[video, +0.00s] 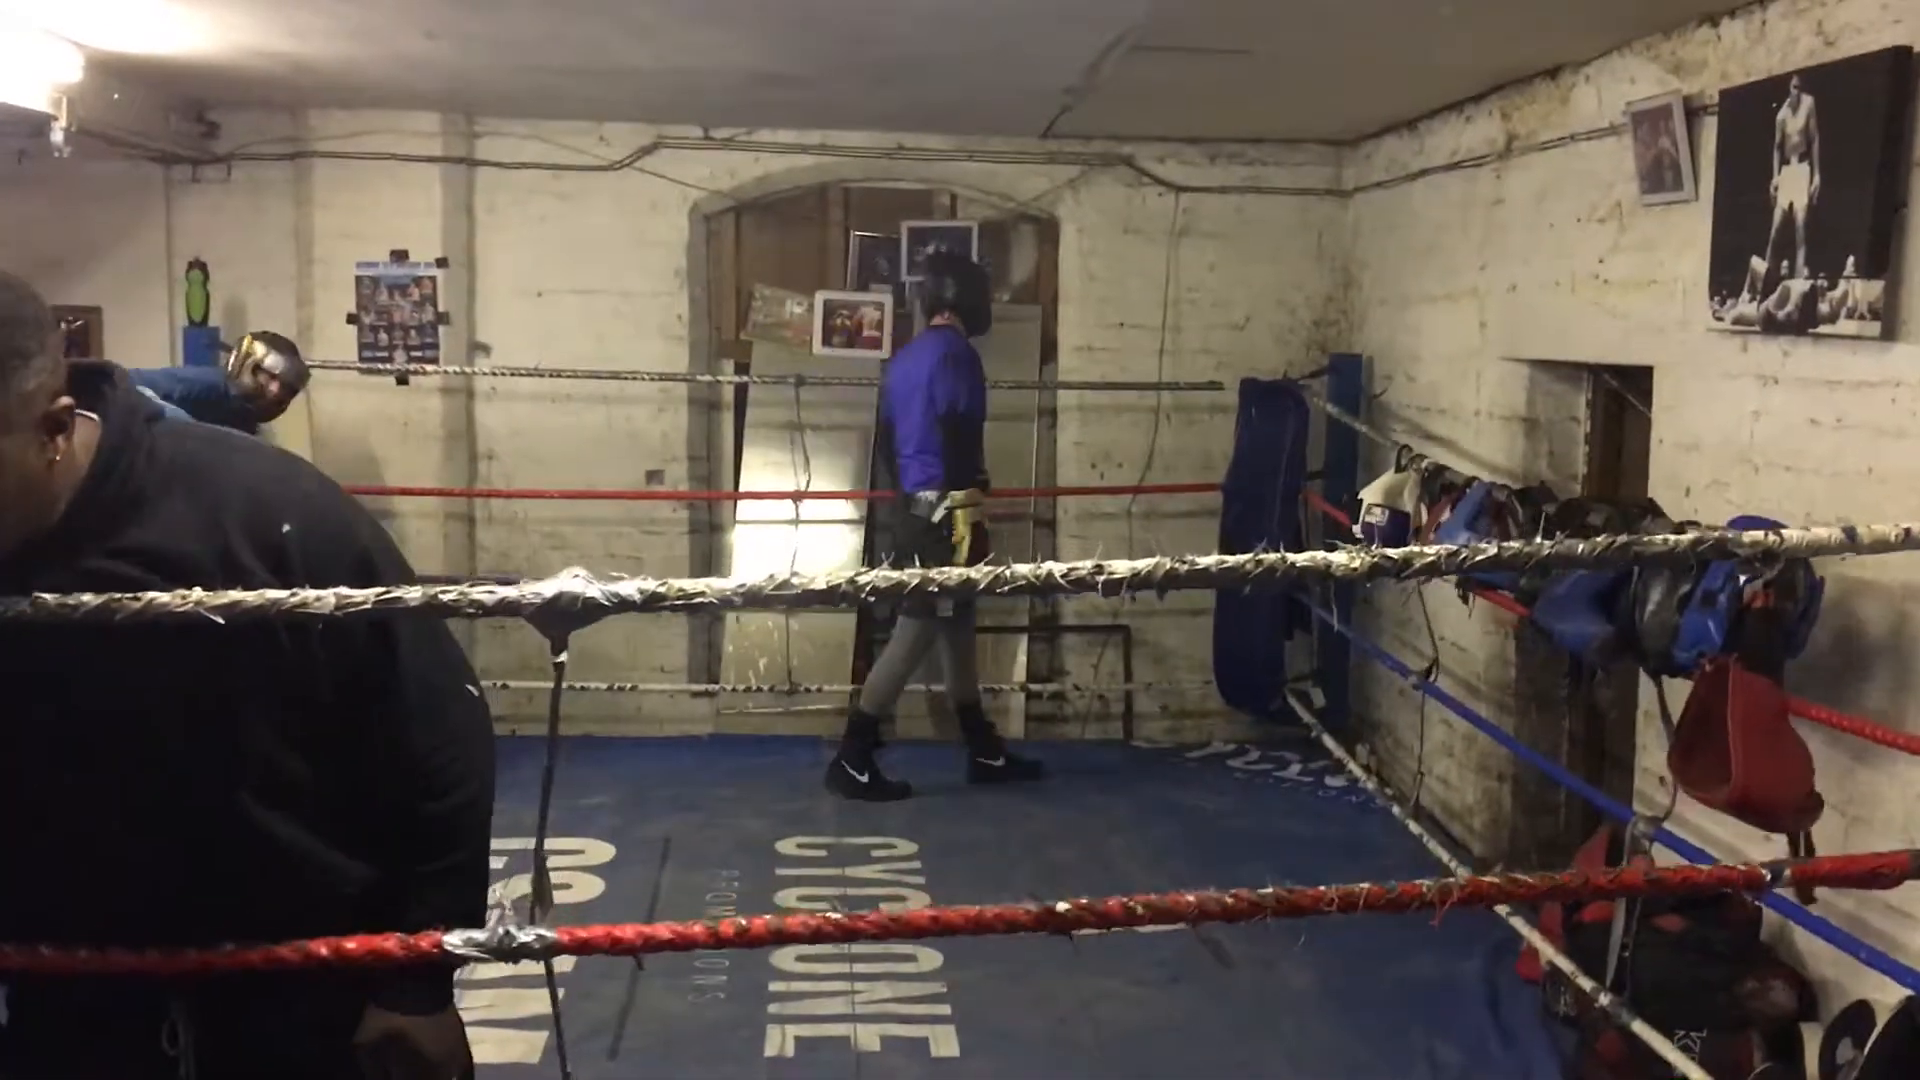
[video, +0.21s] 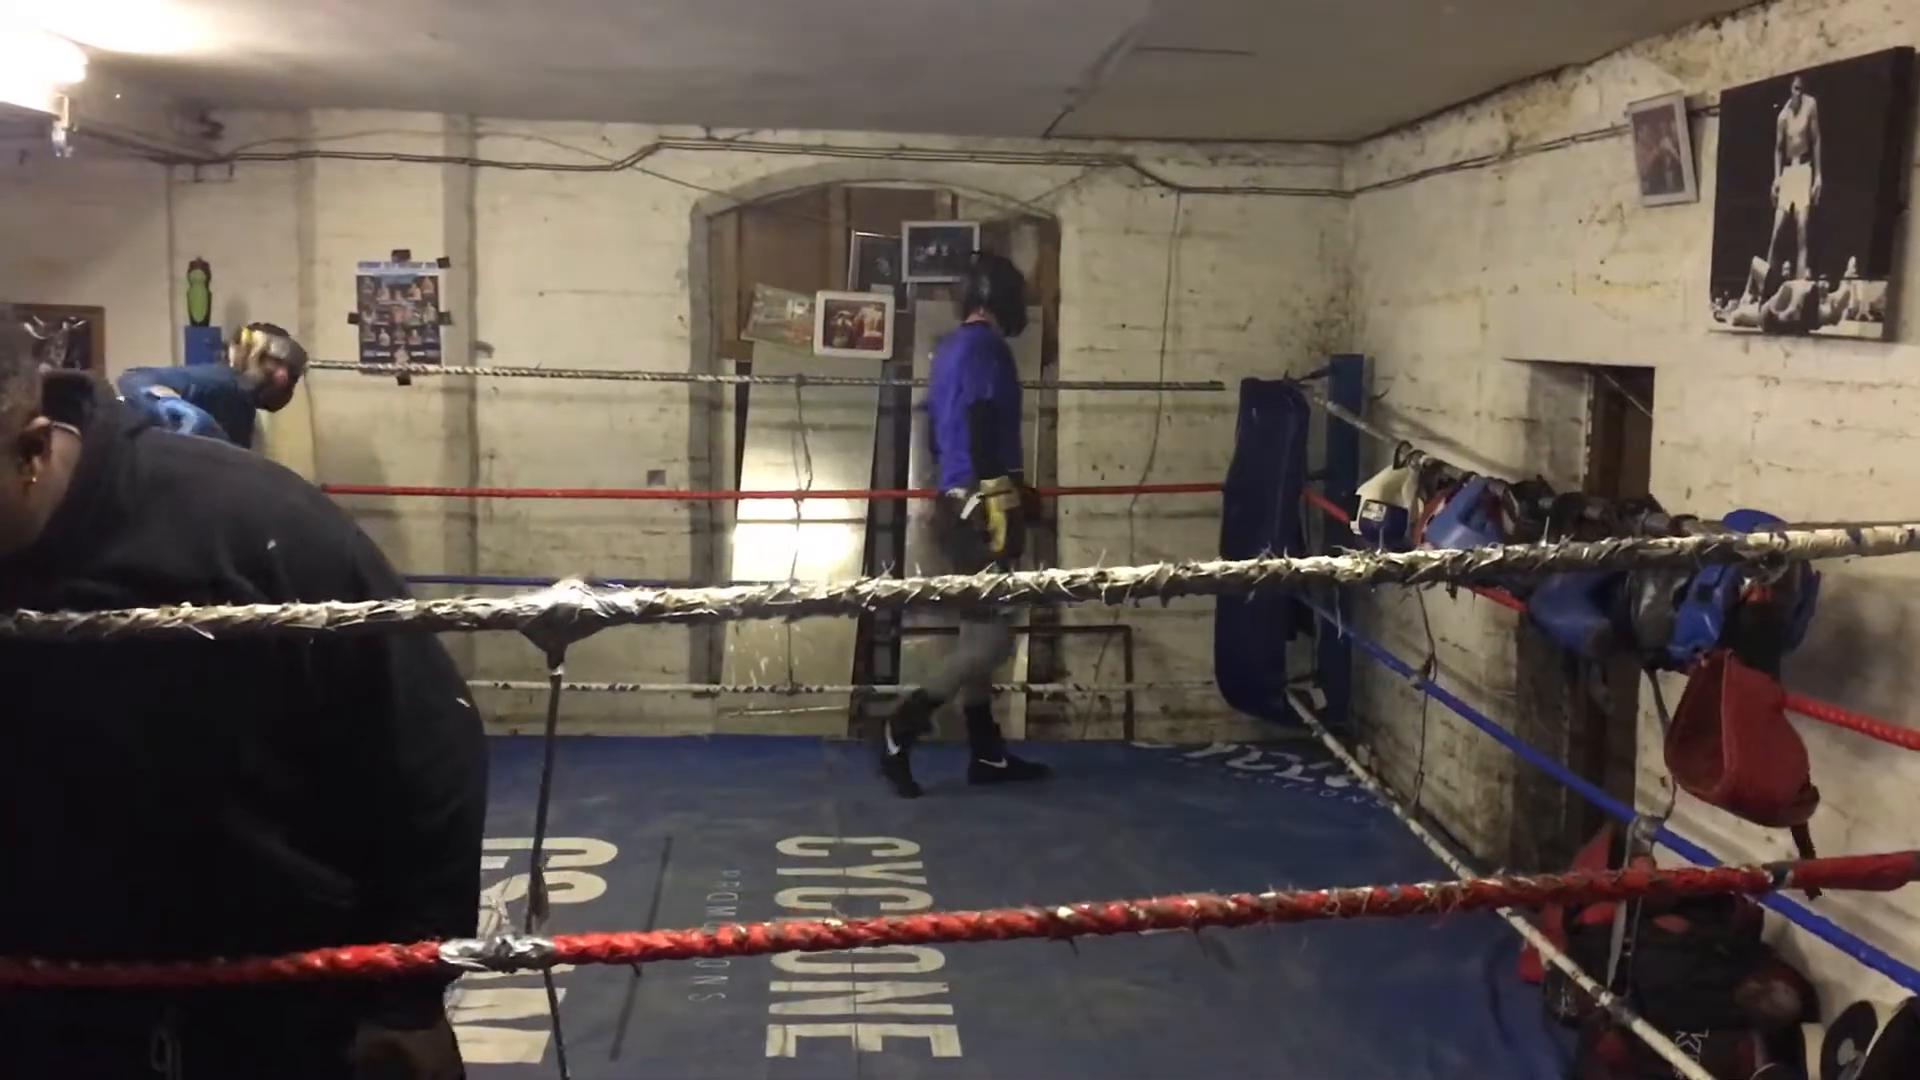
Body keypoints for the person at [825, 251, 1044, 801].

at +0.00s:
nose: (991, 308)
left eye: (988, 296)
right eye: (986, 297)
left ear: (933, 304)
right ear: (964, 302)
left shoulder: (900, 361)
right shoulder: (958, 356)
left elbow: (889, 448)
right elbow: (961, 438)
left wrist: (900, 505)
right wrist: (971, 510)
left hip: (913, 509)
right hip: (941, 511)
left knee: (958, 633)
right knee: (912, 638)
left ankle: (984, 752)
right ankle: (853, 759)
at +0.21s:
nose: (1026, 310)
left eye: (1023, 299)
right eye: (1020, 300)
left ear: (971, 303)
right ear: (1001, 303)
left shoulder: (951, 350)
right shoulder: (984, 349)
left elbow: (929, 419)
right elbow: (979, 421)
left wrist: (941, 484)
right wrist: (995, 494)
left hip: (952, 501)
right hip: (981, 503)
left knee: (976, 629)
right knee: (993, 633)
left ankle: (987, 751)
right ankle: (902, 725)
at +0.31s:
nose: (1039, 310)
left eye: (1037, 299)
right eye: (1035, 299)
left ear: (992, 299)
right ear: (1014, 301)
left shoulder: (972, 351)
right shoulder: (996, 352)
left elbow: (939, 405)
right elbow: (988, 421)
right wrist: (1014, 498)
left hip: (973, 499)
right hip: (996, 503)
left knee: (983, 622)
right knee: (1032, 628)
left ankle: (989, 749)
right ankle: (937, 721)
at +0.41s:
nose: (1055, 310)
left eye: (1053, 299)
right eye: (1050, 298)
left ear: (1007, 297)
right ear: (1031, 298)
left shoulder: (1005, 349)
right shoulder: (1001, 348)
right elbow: (1001, 430)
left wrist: (1055, 499)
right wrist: (1024, 502)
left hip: (994, 500)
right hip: (999, 502)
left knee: (992, 621)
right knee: (1047, 626)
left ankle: (988, 745)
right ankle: (986, 729)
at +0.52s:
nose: (1071, 315)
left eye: (1072, 304)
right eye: (1066, 303)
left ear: (1031, 299)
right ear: (1041, 300)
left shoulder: (1031, 353)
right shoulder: (1009, 347)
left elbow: (1038, 439)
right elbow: (1004, 424)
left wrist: (1065, 497)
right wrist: (1029, 496)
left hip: (1011, 502)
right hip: (1008, 503)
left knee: (997, 624)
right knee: (1067, 621)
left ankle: (988, 754)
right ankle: (1037, 753)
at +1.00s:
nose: (1144, 307)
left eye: (1143, 297)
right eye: (1135, 298)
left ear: (1101, 300)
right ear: (1106, 299)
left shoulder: (1096, 354)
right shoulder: (1075, 355)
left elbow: (1090, 436)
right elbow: (1062, 438)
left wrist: (1114, 499)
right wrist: (1090, 507)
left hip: (1097, 512)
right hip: (1077, 514)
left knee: (1072, 631)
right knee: (1085, 630)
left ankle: (1006, 738)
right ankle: (1091, 763)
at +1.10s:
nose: (1151, 304)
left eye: (1155, 294)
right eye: (1139, 294)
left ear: (1153, 300)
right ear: (1106, 298)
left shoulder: (1123, 356)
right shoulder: (1082, 356)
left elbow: (1121, 434)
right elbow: (1067, 437)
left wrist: (1134, 498)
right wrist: (1096, 503)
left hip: (1124, 506)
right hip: (1088, 509)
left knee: (1129, 630)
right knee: (1087, 627)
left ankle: (1046, 716)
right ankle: (1086, 754)